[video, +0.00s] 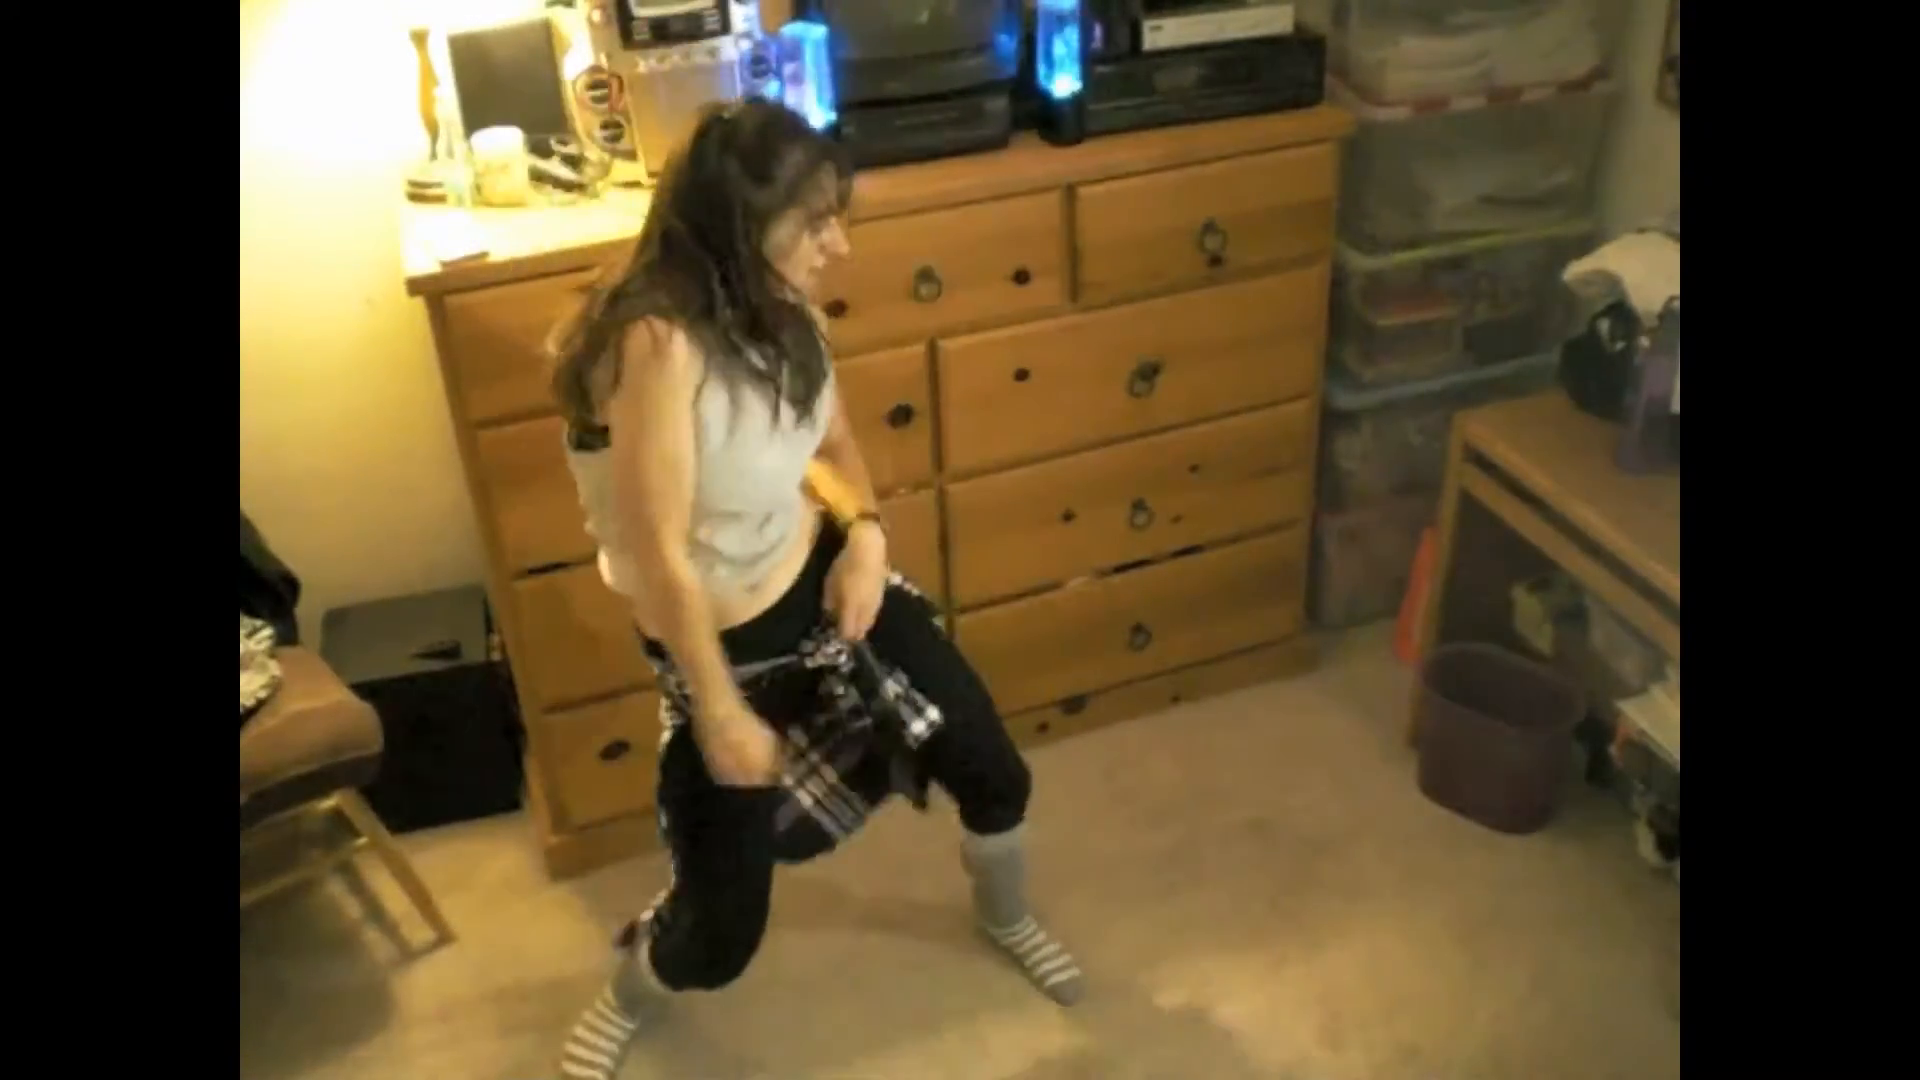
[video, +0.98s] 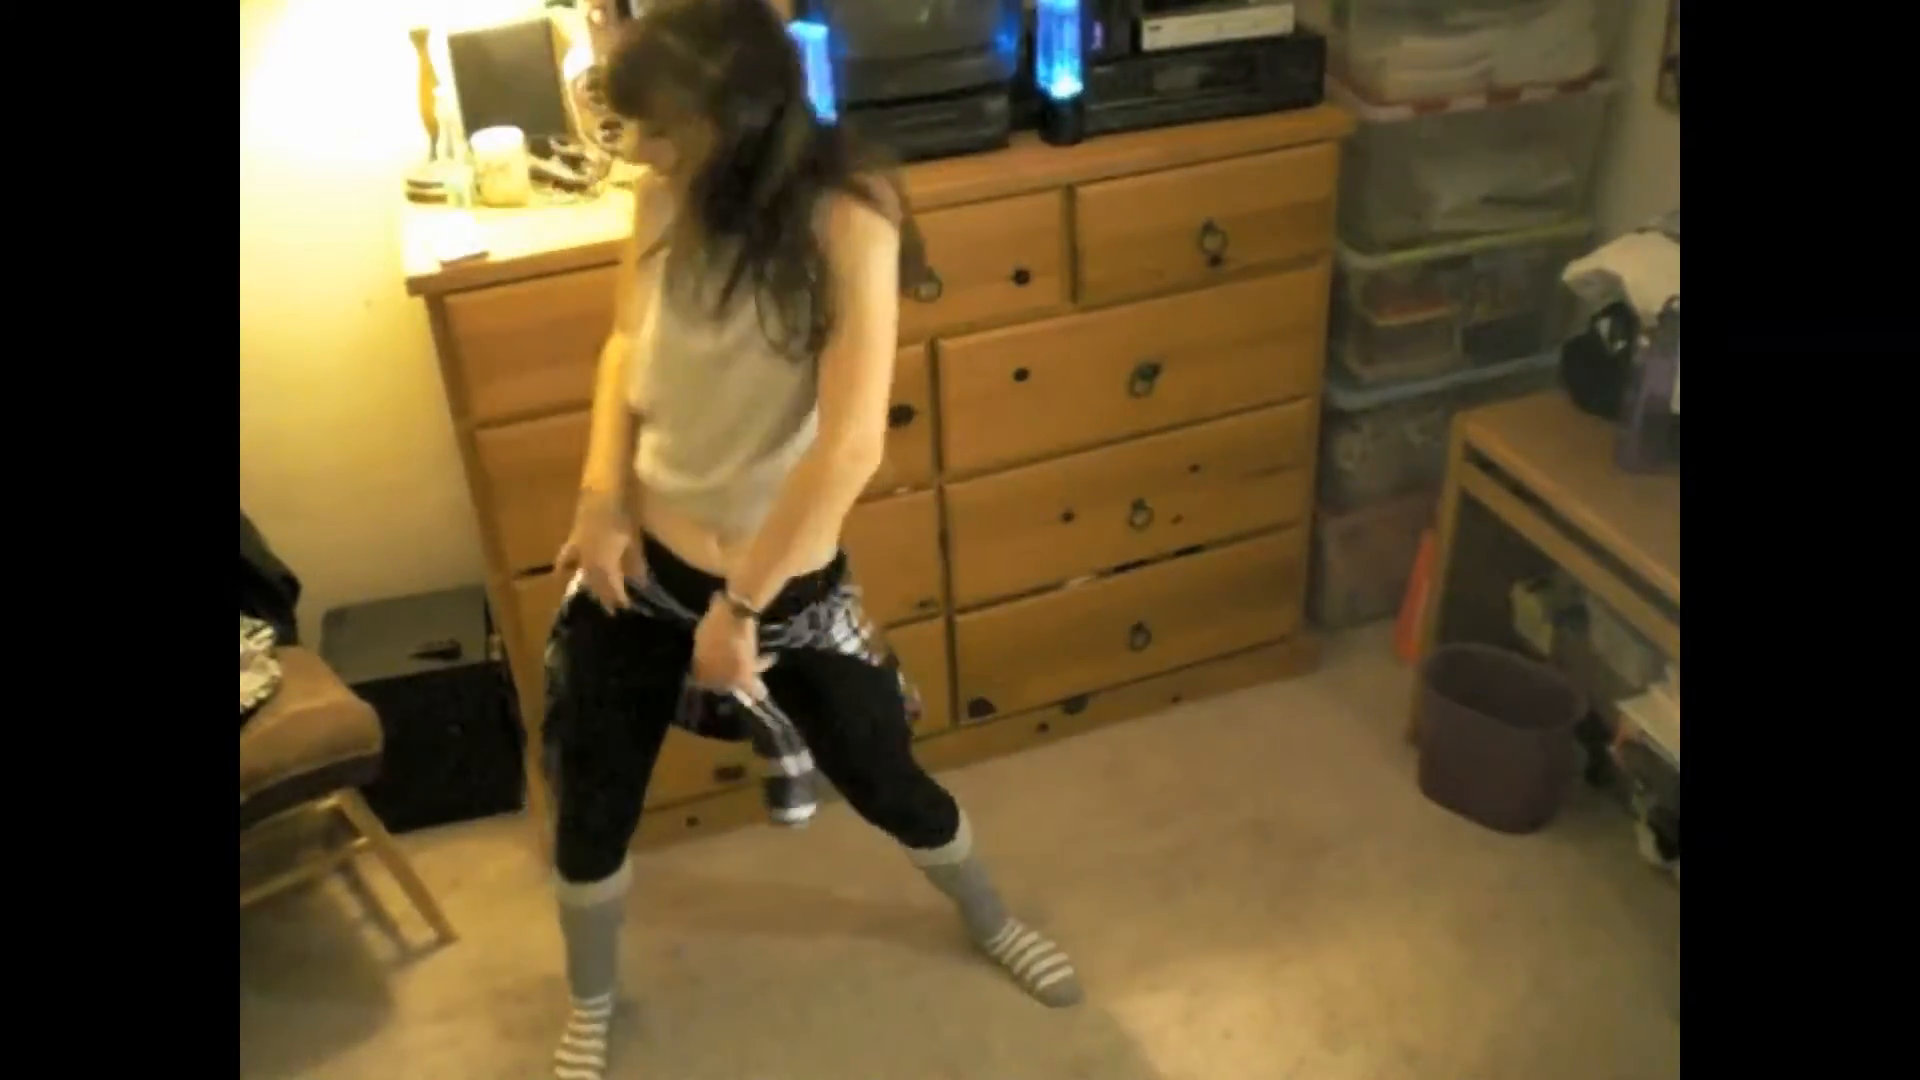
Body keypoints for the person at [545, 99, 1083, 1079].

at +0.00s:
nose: (838, 247)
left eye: (838, 220)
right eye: (816, 225)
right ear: (745, 226)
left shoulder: (784, 315)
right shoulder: (661, 344)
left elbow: (827, 443)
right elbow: (652, 547)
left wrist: (867, 529)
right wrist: (720, 710)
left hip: (830, 592)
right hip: (720, 659)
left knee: (994, 777)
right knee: (719, 937)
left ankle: (1009, 918)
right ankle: (625, 994)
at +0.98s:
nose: (642, 152)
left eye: (659, 128)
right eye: (637, 128)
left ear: (733, 111)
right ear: (657, 116)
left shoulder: (850, 222)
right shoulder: (664, 196)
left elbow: (852, 444)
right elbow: (627, 344)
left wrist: (738, 600)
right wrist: (601, 495)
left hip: (791, 590)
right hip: (643, 568)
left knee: (888, 786)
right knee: (590, 805)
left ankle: (992, 922)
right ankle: (591, 1006)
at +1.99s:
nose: (932, 257)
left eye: (936, 224)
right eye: (895, 242)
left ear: (960, 217)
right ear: (847, 260)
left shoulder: (945, 319)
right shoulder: (839, 384)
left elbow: (906, 454)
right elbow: (698, 555)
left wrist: (968, 557)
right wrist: (776, 678)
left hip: (861, 616)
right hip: (729, 645)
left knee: (1018, 794)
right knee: (685, 922)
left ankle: (1008, 924)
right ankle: (598, 994)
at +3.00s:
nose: (734, 172)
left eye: (756, 142)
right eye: (702, 147)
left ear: (788, 152)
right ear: (656, 162)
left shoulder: (844, 299)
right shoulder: (639, 273)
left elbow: (898, 501)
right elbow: (656, 420)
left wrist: (828, 666)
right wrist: (651, 546)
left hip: (850, 619)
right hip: (696, 620)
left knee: (942, 824)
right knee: (639, 842)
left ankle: (989, 926)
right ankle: (599, 997)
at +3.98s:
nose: (899, 172)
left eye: (930, 140)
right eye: (872, 140)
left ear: (994, 130)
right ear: (843, 125)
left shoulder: (957, 289)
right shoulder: (887, 235)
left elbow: (820, 519)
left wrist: (694, 745)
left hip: (908, 698)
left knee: (665, 929)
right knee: (944, 933)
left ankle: (796, 1066)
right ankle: (989, 1059)